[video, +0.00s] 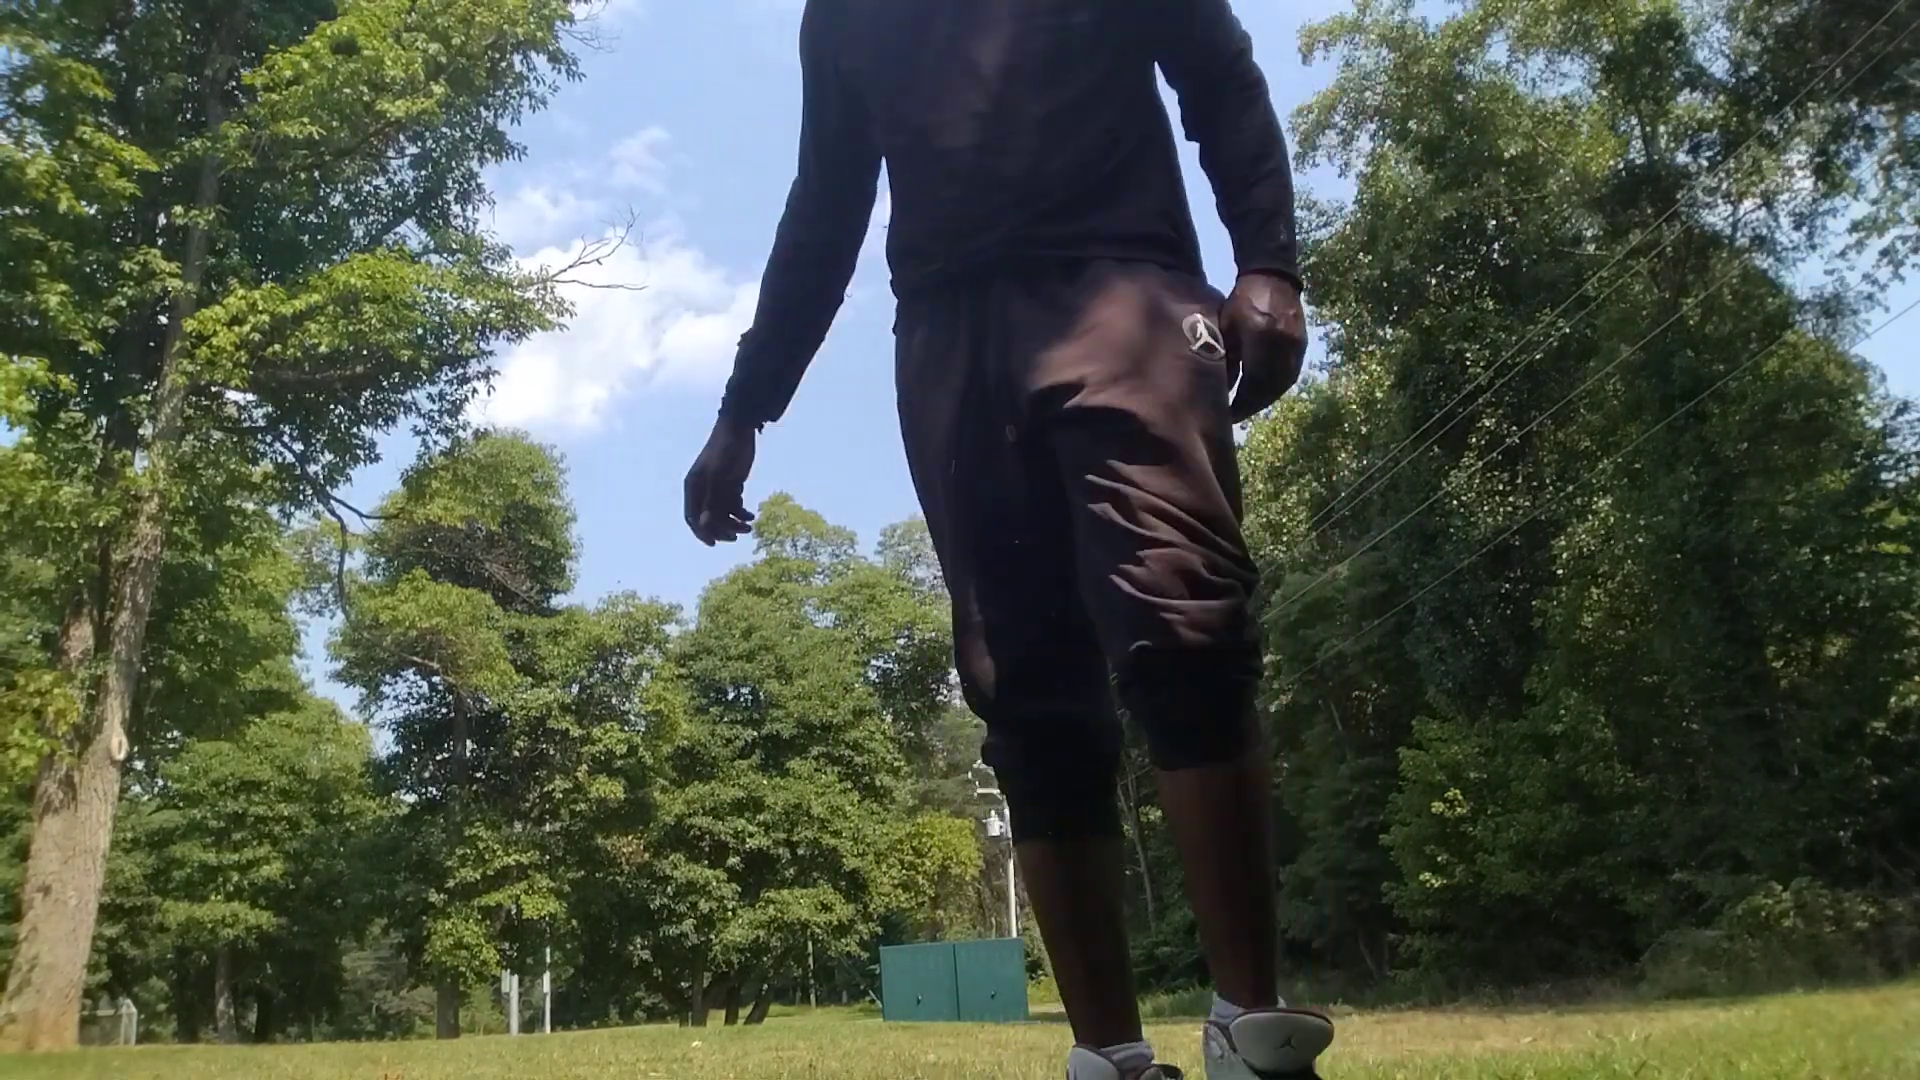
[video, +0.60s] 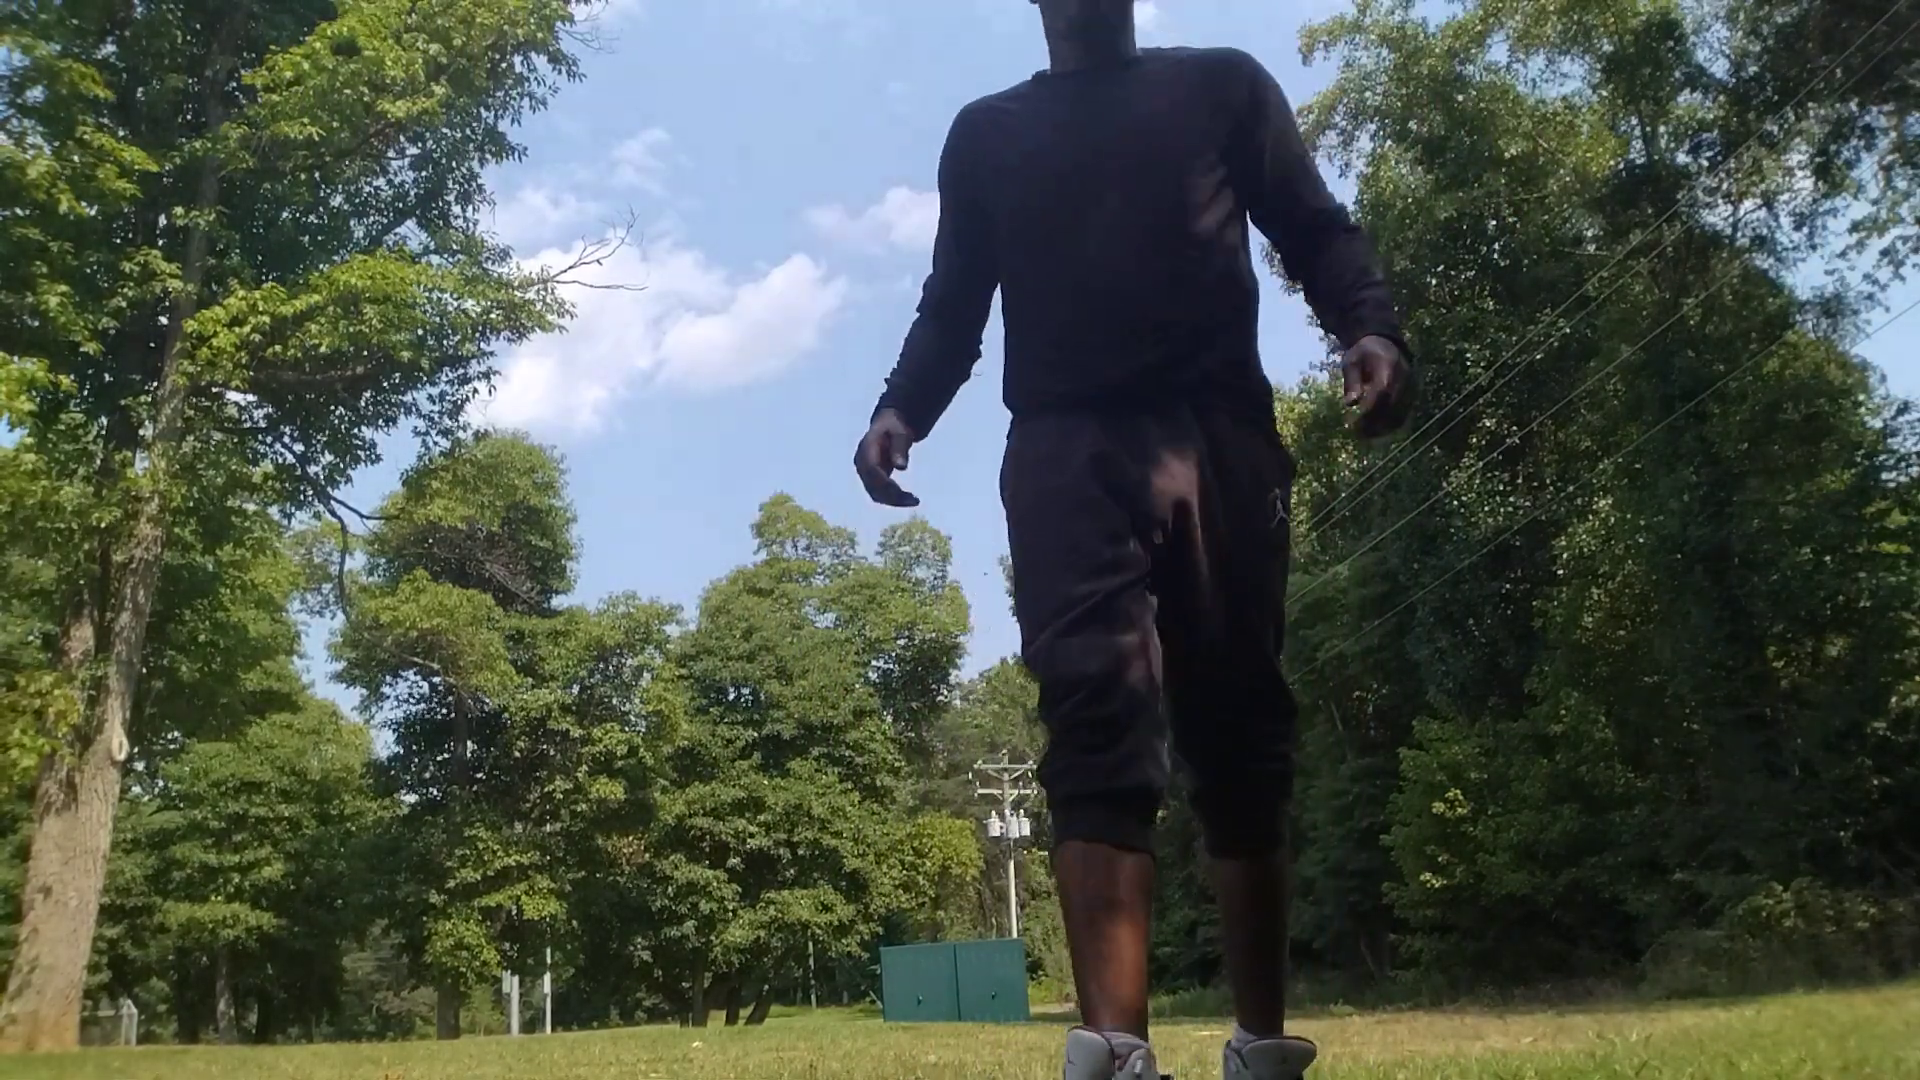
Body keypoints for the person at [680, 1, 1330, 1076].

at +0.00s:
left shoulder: (1140, 5)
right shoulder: (843, 14)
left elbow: (1223, 78)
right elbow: (825, 203)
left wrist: (1268, 263)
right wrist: (740, 416)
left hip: (1121, 284)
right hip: (946, 320)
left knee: (1187, 642)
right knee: (1031, 706)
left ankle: (1249, 1029)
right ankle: (1109, 1054)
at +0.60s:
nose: (1080, 3)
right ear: (1038, 11)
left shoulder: (1225, 86)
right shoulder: (984, 133)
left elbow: (1317, 229)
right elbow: (951, 307)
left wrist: (1368, 326)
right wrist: (901, 408)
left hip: (1222, 437)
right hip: (1065, 447)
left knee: (1239, 732)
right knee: (1095, 725)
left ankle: (1262, 1040)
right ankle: (1113, 1044)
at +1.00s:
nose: (1164, 46)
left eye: (1184, 34)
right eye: (1143, 29)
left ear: (1202, 61)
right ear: (1102, 50)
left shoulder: (1253, 191)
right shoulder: (1035, 185)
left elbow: (1314, 363)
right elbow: (971, 332)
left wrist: (1391, 511)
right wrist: (949, 421)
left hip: (1232, 492)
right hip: (1089, 497)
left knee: (1249, 767)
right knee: (1110, 749)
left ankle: (1266, 1045)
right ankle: (1155, 1000)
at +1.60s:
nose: (1080, 193)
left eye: (1097, 178)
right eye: (1063, 184)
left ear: (1131, 198)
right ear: (1045, 210)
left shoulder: (1203, 287)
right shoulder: (1023, 331)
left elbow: (1275, 414)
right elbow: (978, 467)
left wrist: (1309, 530)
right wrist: (897, 579)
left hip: (1212, 550)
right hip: (1094, 572)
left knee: (1243, 770)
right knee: (1136, 801)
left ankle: (1271, 1027)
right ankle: (1176, 1040)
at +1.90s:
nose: (1097, 233)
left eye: (1115, 218)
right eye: (1085, 225)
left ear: (1157, 236)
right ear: (1077, 251)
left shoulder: (1223, 304)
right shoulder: (1077, 366)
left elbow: (1311, 413)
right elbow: (1077, 504)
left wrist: (1349, 529)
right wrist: (1034, 622)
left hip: (1230, 572)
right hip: (1124, 590)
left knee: (1257, 781)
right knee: (1151, 810)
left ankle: (1353, 999)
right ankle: (1181, 1049)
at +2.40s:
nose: (1253, 298)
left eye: (1267, 283)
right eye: (1239, 287)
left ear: (1301, 292)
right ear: (1224, 304)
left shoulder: (1362, 372)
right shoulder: (1210, 406)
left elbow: (1435, 485)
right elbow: (1197, 520)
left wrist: (1450, 601)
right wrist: (1162, 610)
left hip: (1363, 619)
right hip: (1261, 628)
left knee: (1386, 821)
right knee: (1243, 809)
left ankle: (1400, 1042)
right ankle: (1268, 1029)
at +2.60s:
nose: (1294, 315)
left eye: (1308, 300)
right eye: (1280, 304)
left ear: (1340, 308)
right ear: (1265, 319)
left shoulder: (1403, 393)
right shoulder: (1246, 420)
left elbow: (1474, 509)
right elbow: (1222, 529)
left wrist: (1531, 628)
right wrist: (1170, 620)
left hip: (1395, 628)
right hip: (1299, 642)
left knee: (1400, 826)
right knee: (1311, 831)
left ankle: (1404, 1042)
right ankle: (1431, 992)